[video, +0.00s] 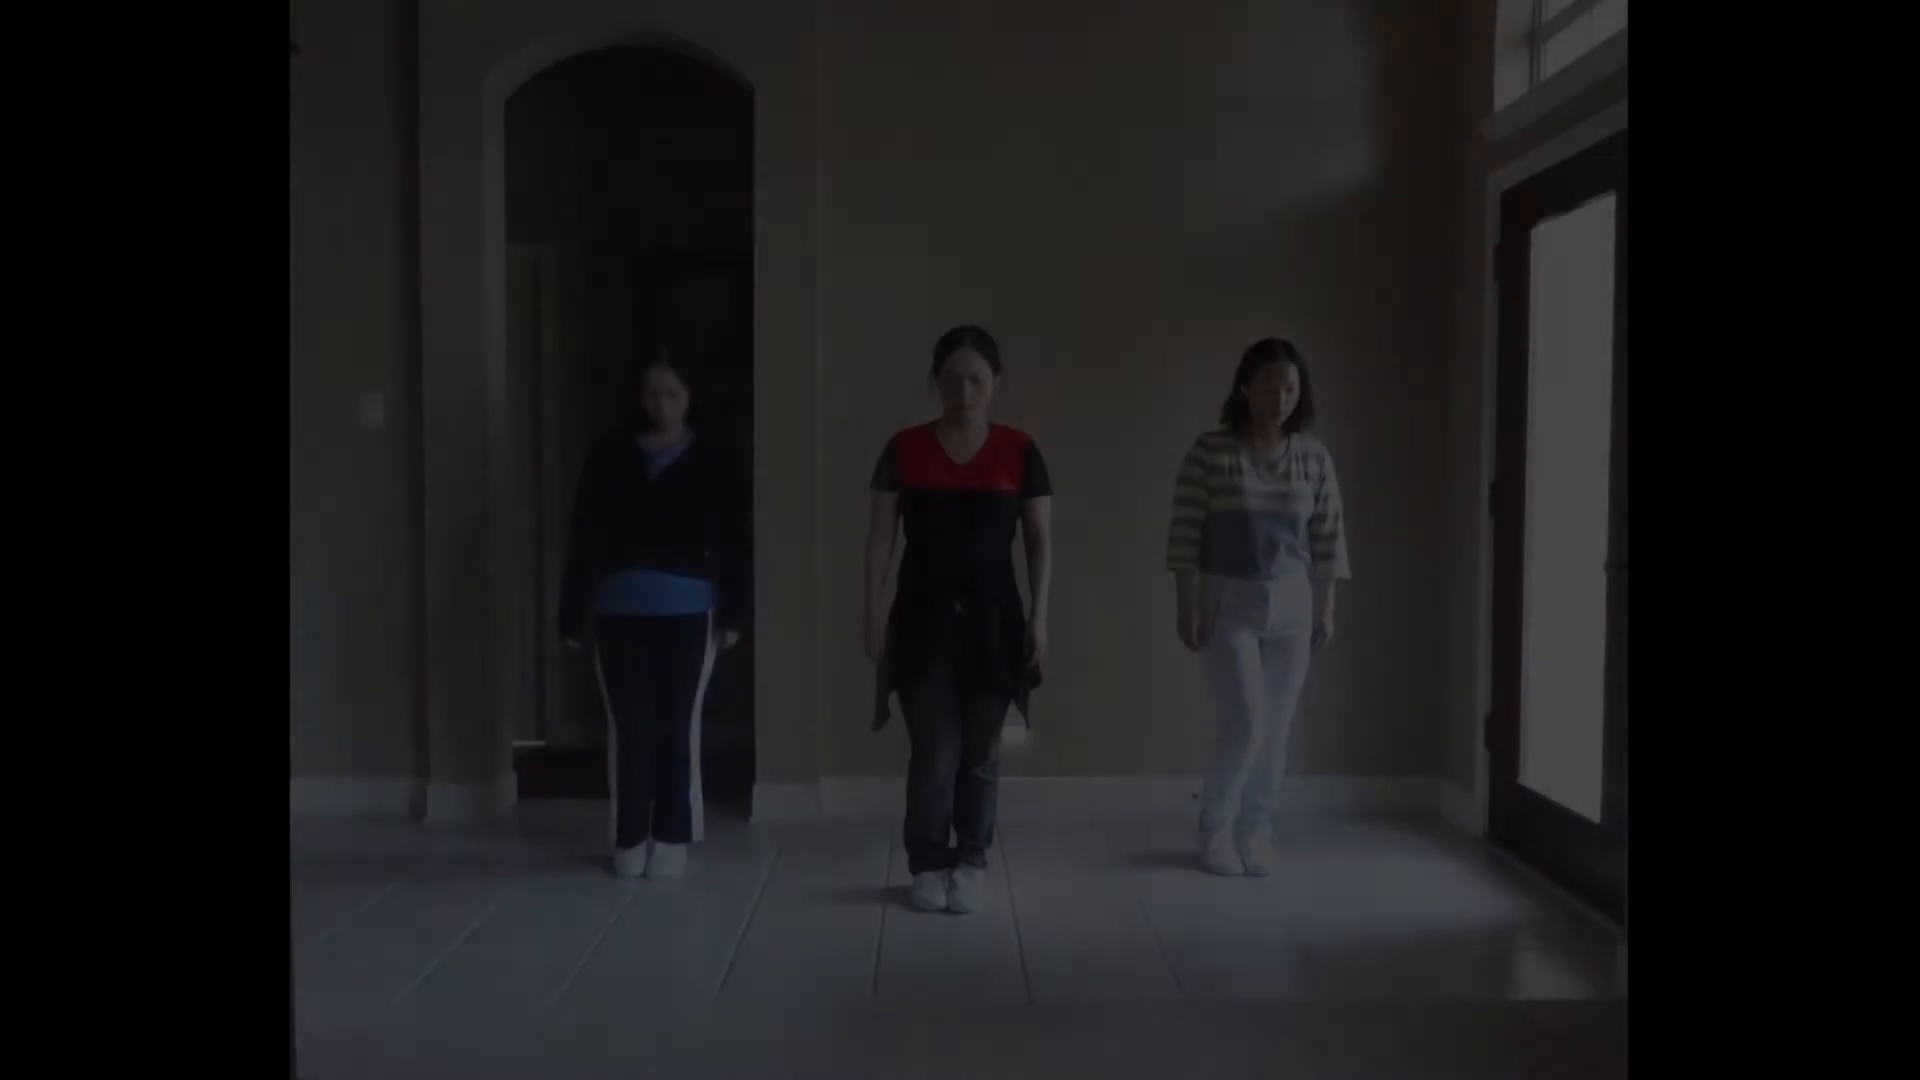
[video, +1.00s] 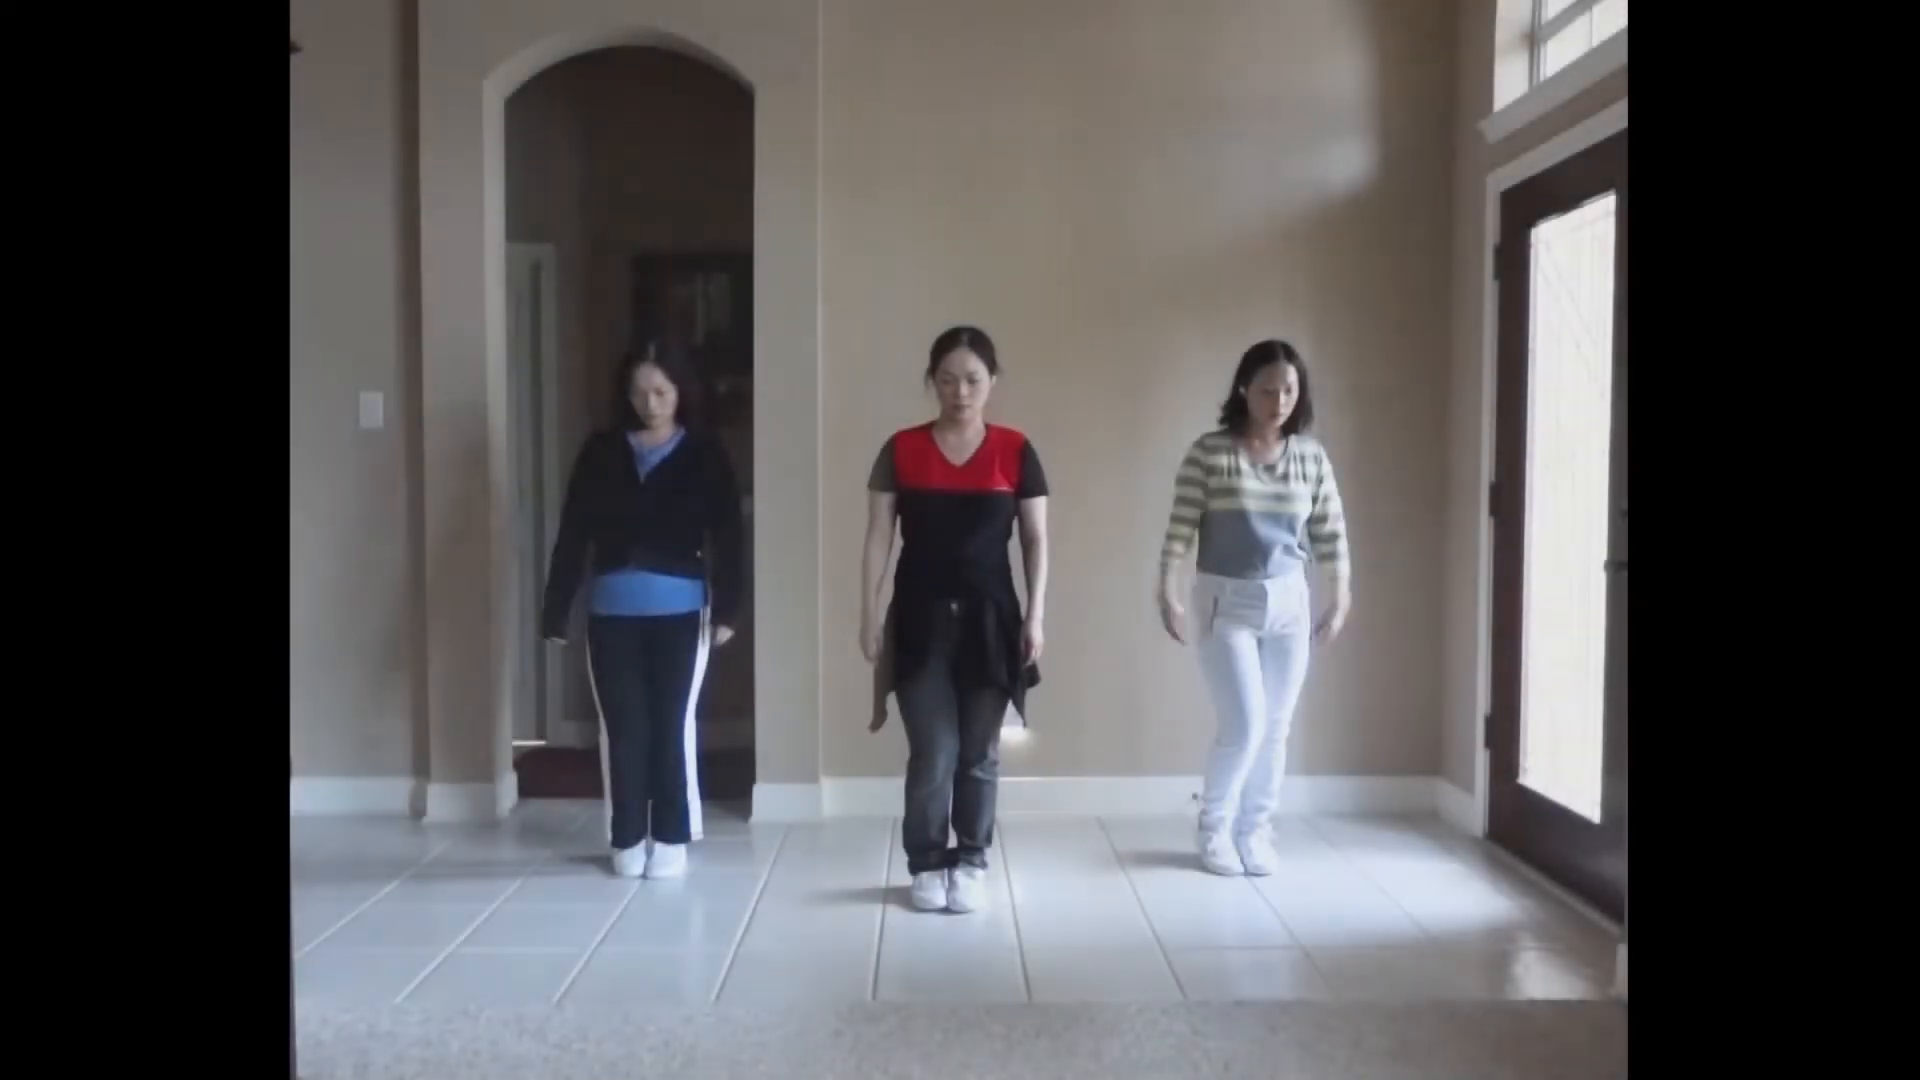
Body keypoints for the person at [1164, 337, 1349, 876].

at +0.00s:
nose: (1279, 398)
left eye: (1289, 387)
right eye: (1269, 386)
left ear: (1300, 395)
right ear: (1246, 389)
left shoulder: (1312, 456)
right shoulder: (1212, 451)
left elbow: (1329, 535)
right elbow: (1185, 533)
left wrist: (1326, 606)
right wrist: (1187, 606)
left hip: (1292, 612)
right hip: (1227, 609)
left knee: (1275, 728)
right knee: (1247, 723)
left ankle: (1256, 834)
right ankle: (1215, 833)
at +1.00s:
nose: (1279, 399)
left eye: (1288, 389)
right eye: (1269, 388)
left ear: (1300, 395)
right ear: (1244, 390)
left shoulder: (1310, 457)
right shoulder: (1210, 452)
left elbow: (1330, 532)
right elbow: (1181, 526)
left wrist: (1341, 596)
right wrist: (1167, 592)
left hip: (1290, 607)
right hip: (1224, 606)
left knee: (1274, 728)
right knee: (1244, 725)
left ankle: (1256, 831)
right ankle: (1214, 830)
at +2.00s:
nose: (1219, 387)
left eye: (1232, 380)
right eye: (1212, 378)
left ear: (1247, 396)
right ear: (1196, 389)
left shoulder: (1256, 450)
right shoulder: (1173, 449)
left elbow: (1280, 403)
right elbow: (1175, 408)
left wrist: (1266, 360)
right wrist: (1212, 352)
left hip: (1242, 594)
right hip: (1179, 596)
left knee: (1259, 714)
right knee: (1188, 717)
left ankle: (1276, 826)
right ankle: (1198, 812)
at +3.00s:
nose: (1199, 432)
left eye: (1209, 424)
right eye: (1190, 423)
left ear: (1222, 431)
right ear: (1172, 428)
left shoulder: (1233, 482)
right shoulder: (1151, 482)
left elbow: (1243, 546)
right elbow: (1142, 539)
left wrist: (1232, 522)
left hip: (1226, 598)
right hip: (1168, 603)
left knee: (1251, 711)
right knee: (1175, 725)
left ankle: (1264, 823)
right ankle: (1199, 808)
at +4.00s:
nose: (1206, 431)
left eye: (1216, 423)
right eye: (1196, 422)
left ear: (1228, 430)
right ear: (1179, 427)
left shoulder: (1241, 482)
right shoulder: (1156, 481)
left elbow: (1251, 534)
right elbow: (1167, 533)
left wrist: (1234, 564)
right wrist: (1209, 566)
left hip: (1231, 602)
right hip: (1172, 605)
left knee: (1248, 710)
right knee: (1177, 725)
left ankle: (1264, 823)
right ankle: (1199, 809)